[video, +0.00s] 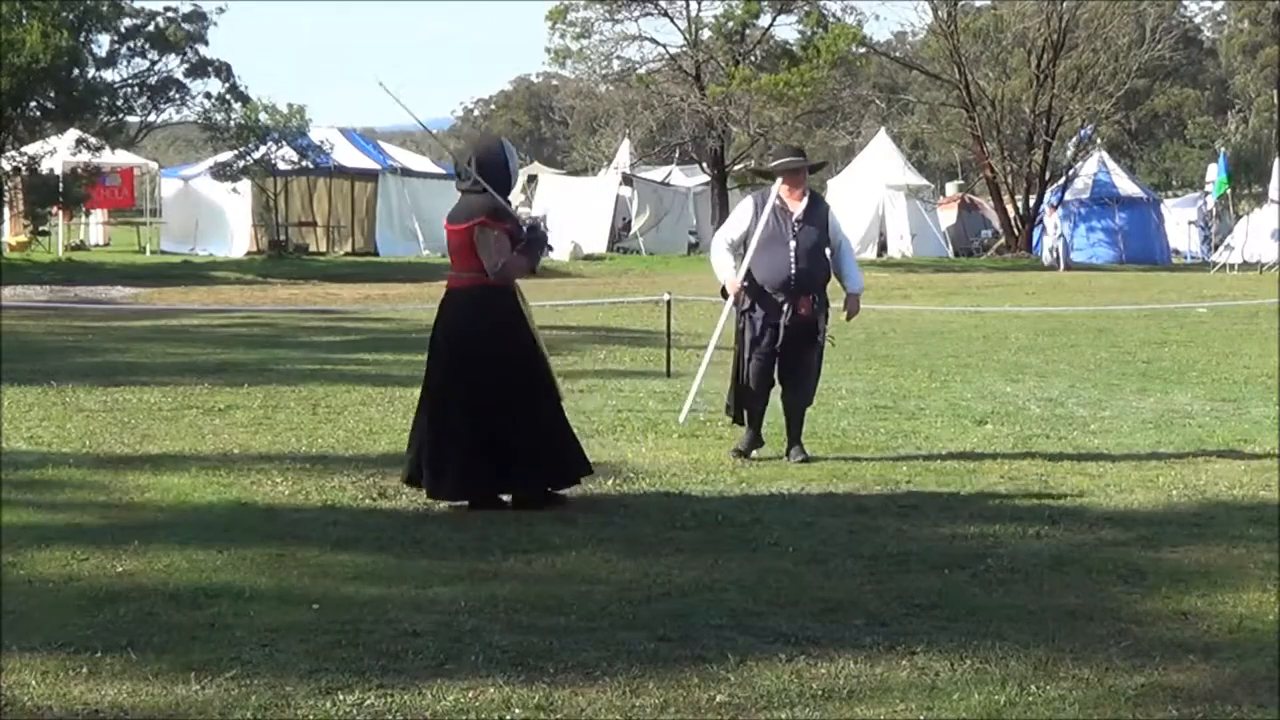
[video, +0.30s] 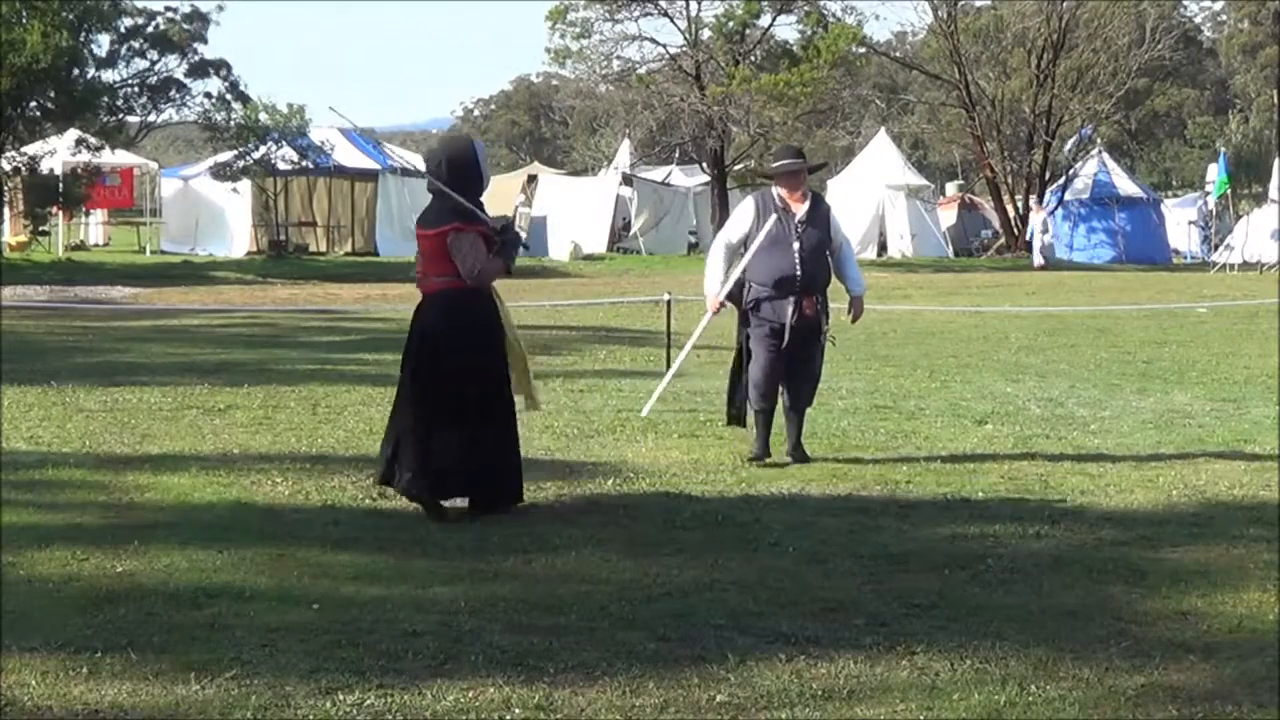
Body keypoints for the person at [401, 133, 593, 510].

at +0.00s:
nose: (515, 173)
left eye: (513, 166)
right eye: (512, 167)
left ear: (473, 168)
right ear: (504, 170)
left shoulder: (460, 210)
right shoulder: (488, 212)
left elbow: (479, 262)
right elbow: (501, 270)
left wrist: (516, 239)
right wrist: (532, 248)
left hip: (458, 307)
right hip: (490, 311)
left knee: (473, 395)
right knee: (514, 392)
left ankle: (480, 486)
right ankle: (529, 486)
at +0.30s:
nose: (484, 176)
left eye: (482, 169)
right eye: (479, 169)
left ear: (438, 173)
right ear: (468, 173)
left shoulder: (429, 217)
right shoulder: (459, 219)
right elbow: (478, 273)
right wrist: (507, 251)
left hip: (432, 314)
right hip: (465, 316)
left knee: (433, 398)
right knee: (478, 399)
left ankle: (425, 482)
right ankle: (486, 493)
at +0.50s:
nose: (464, 179)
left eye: (461, 171)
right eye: (458, 171)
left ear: (417, 178)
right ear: (445, 178)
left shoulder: (412, 219)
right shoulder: (433, 224)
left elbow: (434, 271)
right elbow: (453, 279)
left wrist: (468, 246)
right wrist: (482, 258)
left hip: (412, 319)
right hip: (436, 324)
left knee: (416, 407)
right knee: (445, 406)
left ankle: (409, 492)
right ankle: (452, 493)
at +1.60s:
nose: (411, 160)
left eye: (408, 151)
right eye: (405, 152)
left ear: (365, 162)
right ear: (392, 159)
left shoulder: (377, 205)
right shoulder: (382, 209)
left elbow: (388, 263)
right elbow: (389, 267)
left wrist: (426, 252)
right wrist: (428, 257)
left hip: (376, 309)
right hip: (384, 314)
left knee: (379, 401)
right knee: (388, 401)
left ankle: (378, 492)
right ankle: (388, 497)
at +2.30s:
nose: (381, 171)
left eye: (378, 162)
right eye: (374, 163)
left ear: (333, 171)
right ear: (357, 170)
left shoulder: (351, 212)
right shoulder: (342, 217)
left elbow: (375, 265)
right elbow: (378, 271)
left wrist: (398, 243)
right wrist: (406, 245)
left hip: (357, 315)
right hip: (343, 318)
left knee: (384, 403)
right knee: (338, 407)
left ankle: (423, 488)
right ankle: (323, 500)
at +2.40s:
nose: (381, 172)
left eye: (378, 165)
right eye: (374, 165)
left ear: (335, 174)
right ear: (357, 172)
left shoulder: (354, 215)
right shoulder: (341, 220)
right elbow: (385, 269)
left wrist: (391, 243)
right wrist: (400, 247)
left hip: (362, 317)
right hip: (342, 318)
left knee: (385, 404)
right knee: (332, 406)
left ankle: (425, 491)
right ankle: (314, 499)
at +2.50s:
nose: (381, 170)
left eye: (378, 162)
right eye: (376, 163)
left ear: (336, 173)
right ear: (361, 171)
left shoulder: (340, 214)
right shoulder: (350, 219)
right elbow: (391, 269)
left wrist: (387, 239)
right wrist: (399, 241)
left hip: (344, 312)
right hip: (353, 317)